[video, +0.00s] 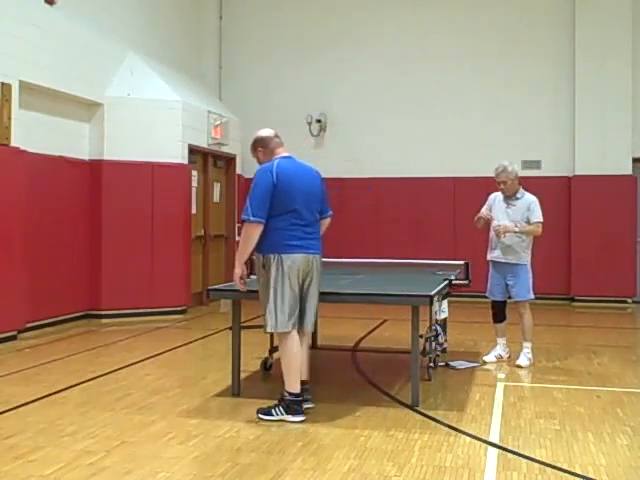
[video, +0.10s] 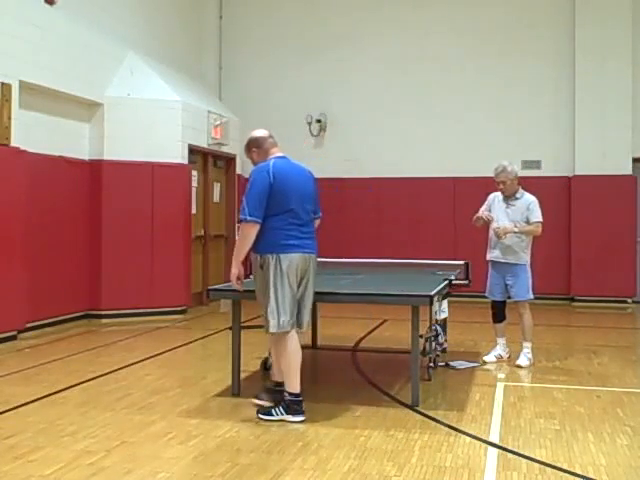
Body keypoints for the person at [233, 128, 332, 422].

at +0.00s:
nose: (257, 162)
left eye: (256, 158)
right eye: (256, 158)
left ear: (260, 151)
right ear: (281, 145)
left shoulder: (267, 172)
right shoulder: (312, 172)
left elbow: (255, 222)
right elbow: (325, 216)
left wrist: (240, 261)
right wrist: (307, 241)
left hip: (282, 258)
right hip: (311, 257)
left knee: (286, 331)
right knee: (301, 329)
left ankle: (292, 402)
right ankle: (302, 389)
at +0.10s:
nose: (252, 162)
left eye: (250, 158)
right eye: (250, 159)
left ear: (255, 151)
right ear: (275, 145)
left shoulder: (263, 171)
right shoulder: (305, 172)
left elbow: (251, 222)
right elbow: (314, 217)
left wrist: (236, 260)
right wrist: (300, 244)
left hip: (279, 256)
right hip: (306, 256)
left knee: (283, 329)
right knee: (287, 325)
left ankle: (293, 402)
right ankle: (280, 385)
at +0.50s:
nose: (222, 166)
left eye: (220, 162)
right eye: (220, 163)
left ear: (224, 155)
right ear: (243, 150)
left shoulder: (236, 167)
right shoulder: (270, 173)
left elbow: (239, 204)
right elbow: (290, 215)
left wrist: (226, 243)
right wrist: (273, 245)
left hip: (252, 255)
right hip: (276, 254)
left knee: (244, 327)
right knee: (259, 328)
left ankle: (281, 390)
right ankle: (244, 391)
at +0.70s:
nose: (207, 168)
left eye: (205, 164)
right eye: (206, 164)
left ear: (210, 156)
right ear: (228, 150)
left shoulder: (223, 164)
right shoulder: (254, 171)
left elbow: (232, 190)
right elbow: (278, 211)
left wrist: (219, 223)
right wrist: (263, 241)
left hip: (241, 251)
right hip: (264, 252)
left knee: (210, 318)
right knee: (251, 322)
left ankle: (243, 378)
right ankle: (247, 387)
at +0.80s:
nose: (200, 170)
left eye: (198, 165)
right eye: (198, 166)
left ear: (203, 155)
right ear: (222, 150)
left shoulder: (216, 163)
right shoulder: (247, 170)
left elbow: (227, 185)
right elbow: (271, 209)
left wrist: (213, 216)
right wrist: (257, 240)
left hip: (233, 249)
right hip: (257, 251)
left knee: (202, 317)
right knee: (245, 322)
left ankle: (214, 391)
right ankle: (244, 391)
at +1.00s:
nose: (183, 170)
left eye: (181, 166)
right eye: (181, 167)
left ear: (187, 157)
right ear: (204, 152)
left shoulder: (199, 165)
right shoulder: (232, 173)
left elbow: (208, 188)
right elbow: (256, 208)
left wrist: (194, 219)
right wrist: (240, 237)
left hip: (213, 251)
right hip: (241, 251)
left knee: (194, 323)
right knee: (235, 322)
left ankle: (168, 390)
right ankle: (241, 390)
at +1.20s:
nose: (163, 169)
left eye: (162, 164)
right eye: (161, 165)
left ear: (167, 156)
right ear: (185, 150)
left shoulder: (179, 169)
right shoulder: (213, 172)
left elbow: (178, 200)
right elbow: (230, 212)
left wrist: (166, 231)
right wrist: (210, 232)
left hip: (190, 251)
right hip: (216, 251)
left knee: (178, 324)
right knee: (214, 322)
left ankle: (164, 392)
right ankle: (237, 385)